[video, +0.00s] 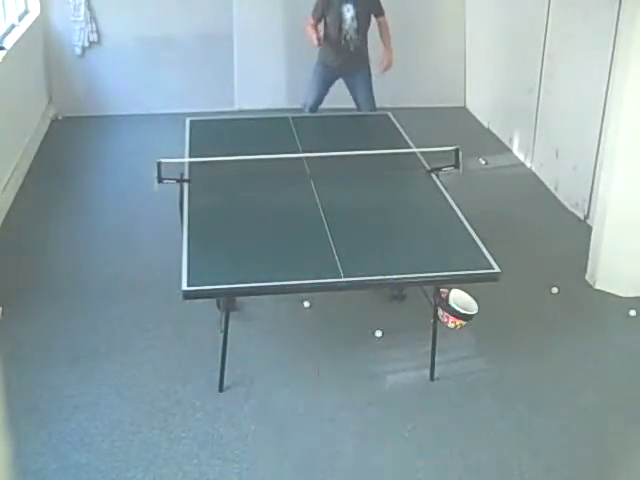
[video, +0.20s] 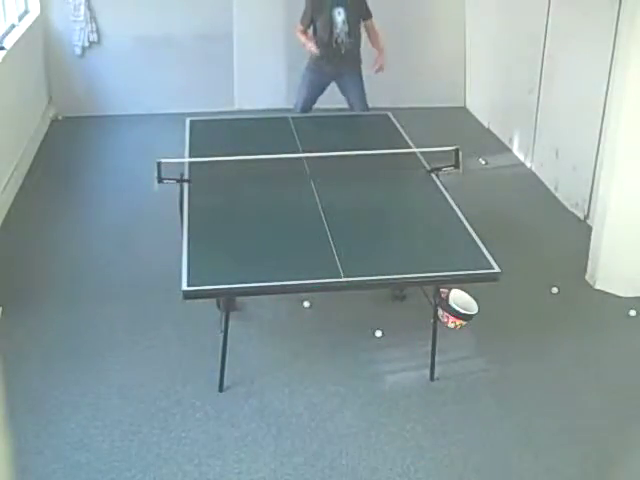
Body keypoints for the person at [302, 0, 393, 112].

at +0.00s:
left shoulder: (371, 3)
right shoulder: (325, 3)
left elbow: (381, 21)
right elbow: (312, 22)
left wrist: (388, 51)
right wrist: (315, 36)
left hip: (357, 62)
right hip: (328, 60)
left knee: (369, 111)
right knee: (309, 106)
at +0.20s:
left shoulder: (358, 3)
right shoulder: (314, 3)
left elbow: (369, 26)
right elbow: (301, 30)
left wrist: (380, 52)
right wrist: (308, 43)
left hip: (349, 64)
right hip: (320, 63)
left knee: (361, 111)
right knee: (300, 109)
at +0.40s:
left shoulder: (348, 3)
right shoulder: (307, 5)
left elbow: (357, 31)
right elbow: (293, 34)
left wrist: (367, 58)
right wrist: (302, 57)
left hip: (342, 68)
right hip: (314, 67)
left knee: (358, 111)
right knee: (295, 110)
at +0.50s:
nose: (334, 2)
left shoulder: (347, 10)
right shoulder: (308, 8)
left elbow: (356, 42)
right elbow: (291, 37)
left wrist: (369, 66)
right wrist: (302, 63)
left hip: (338, 71)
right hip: (310, 70)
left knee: (356, 111)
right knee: (294, 112)